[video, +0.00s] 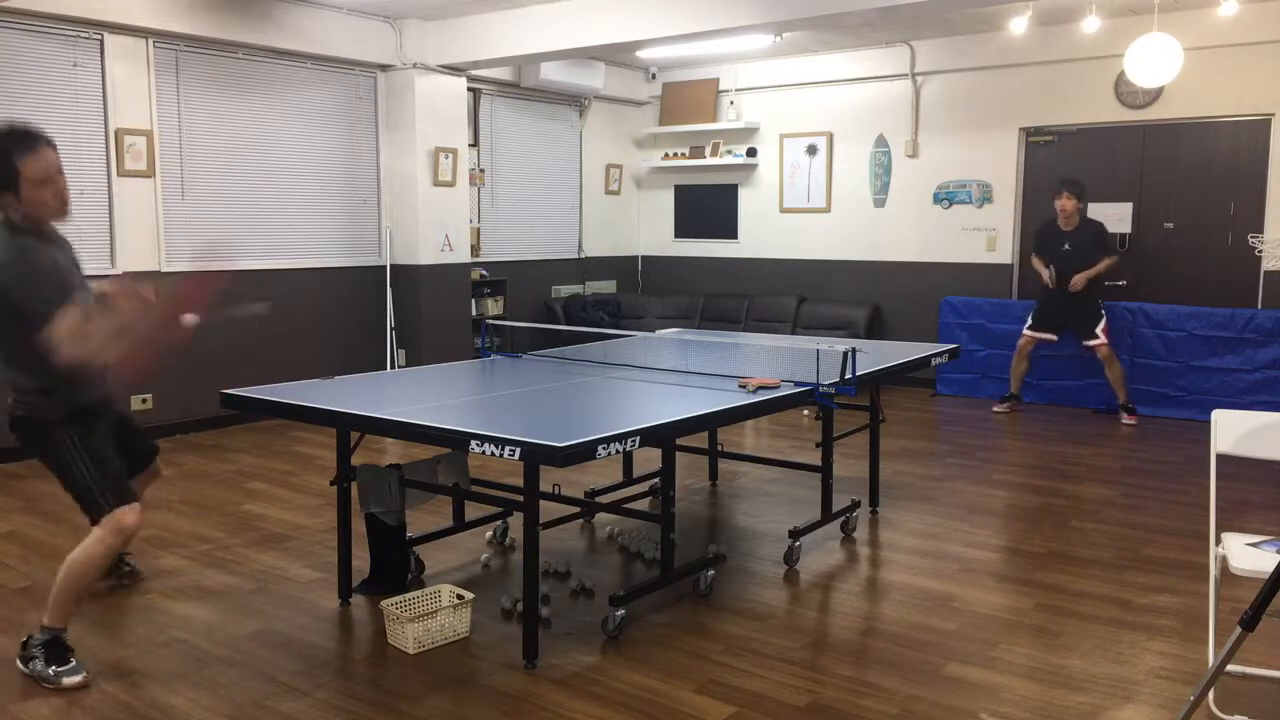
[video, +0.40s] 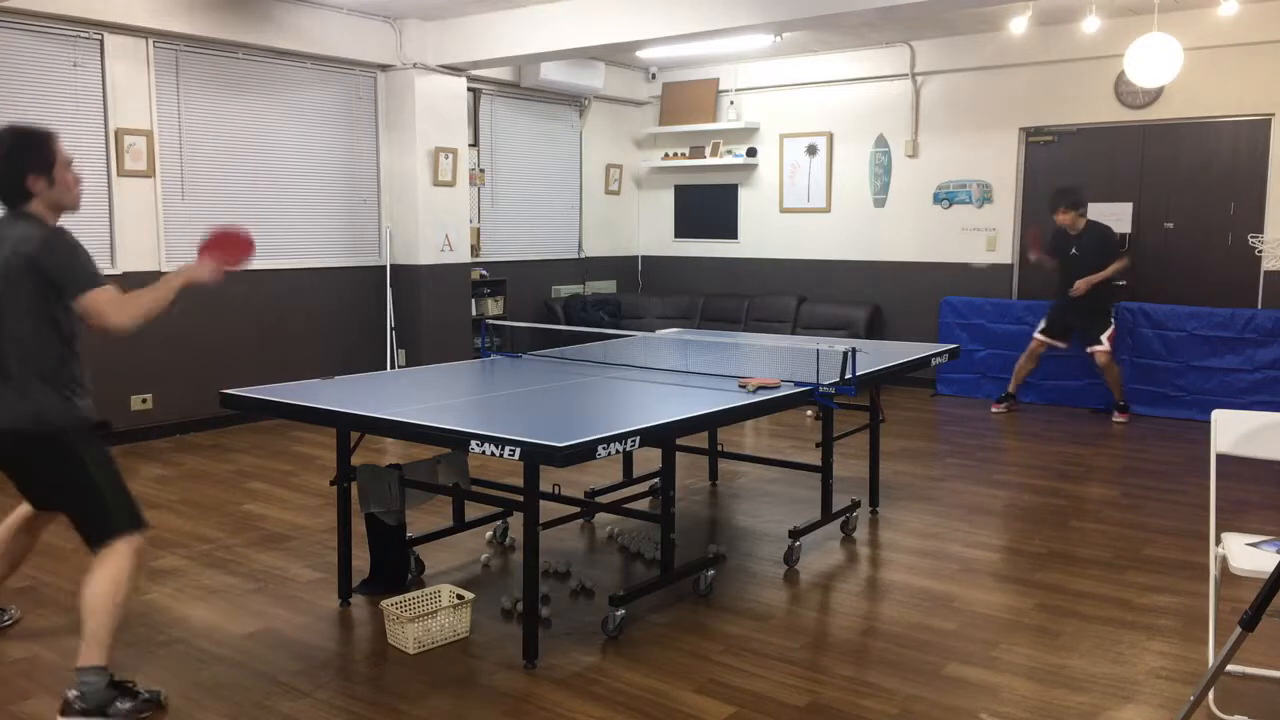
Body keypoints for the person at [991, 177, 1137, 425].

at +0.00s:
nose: (1061, 205)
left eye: (1068, 200)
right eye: (1058, 199)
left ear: (1080, 204)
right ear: (1054, 203)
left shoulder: (1094, 229)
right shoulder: (1045, 230)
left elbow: (1112, 258)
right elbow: (1035, 257)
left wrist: (1086, 275)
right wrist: (1044, 271)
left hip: (1085, 300)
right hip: (1052, 299)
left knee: (1105, 352)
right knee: (1023, 345)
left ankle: (1125, 404)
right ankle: (1013, 396)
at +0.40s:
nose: (1058, 219)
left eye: (1063, 213)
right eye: (1056, 214)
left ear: (1077, 212)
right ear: (1055, 215)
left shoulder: (1102, 233)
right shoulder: (1060, 235)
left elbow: (1122, 262)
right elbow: (1053, 264)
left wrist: (1091, 281)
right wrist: (1039, 258)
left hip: (1096, 306)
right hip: (1065, 303)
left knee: (1103, 359)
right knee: (1035, 347)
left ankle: (1120, 404)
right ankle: (1010, 395)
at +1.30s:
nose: (1092, 187)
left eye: (1098, 182)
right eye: (1089, 181)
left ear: (1110, 189)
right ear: (1084, 186)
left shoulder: (1119, 216)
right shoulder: (1087, 220)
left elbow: (1140, 247)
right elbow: (1090, 250)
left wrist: (1102, 265)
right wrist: (1075, 266)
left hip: (1116, 292)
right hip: (1094, 291)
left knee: (1111, 352)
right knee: (1065, 337)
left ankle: (1148, 405)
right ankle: (1091, 389)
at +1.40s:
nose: (1086, 195)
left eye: (1093, 191)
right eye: (1083, 190)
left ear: (1103, 197)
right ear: (1078, 194)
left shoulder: (1116, 226)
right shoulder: (1075, 226)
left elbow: (1133, 259)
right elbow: (1078, 254)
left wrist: (1094, 274)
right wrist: (1071, 268)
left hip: (1110, 297)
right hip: (1083, 295)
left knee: (1110, 358)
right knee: (1050, 342)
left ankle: (1139, 405)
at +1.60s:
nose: (1071, 211)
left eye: (1078, 206)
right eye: (1069, 205)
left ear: (1089, 210)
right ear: (1064, 208)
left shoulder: (1104, 235)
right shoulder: (1056, 235)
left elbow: (1121, 264)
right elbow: (1046, 262)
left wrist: (1094, 283)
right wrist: (1053, 275)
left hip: (1095, 300)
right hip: (1062, 298)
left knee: (1110, 356)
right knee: (1032, 347)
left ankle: (1139, 404)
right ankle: (1020, 394)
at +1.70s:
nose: (1073, 211)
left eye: (1080, 206)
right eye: (1070, 205)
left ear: (1091, 211)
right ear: (1065, 208)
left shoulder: (1105, 234)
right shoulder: (1055, 235)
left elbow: (1119, 261)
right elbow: (1041, 262)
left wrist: (1099, 280)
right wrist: (1051, 277)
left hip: (1095, 299)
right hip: (1061, 298)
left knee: (1116, 351)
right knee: (1033, 347)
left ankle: (1138, 403)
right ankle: (1020, 393)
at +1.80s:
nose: (1083, 214)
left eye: (1089, 209)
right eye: (1079, 208)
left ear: (1100, 213)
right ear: (1073, 211)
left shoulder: (1111, 237)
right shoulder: (1060, 236)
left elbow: (1119, 264)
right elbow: (1041, 267)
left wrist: (1103, 281)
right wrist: (1063, 283)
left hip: (1097, 303)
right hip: (1061, 302)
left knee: (1124, 349)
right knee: (1034, 350)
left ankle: (1139, 403)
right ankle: (1020, 394)